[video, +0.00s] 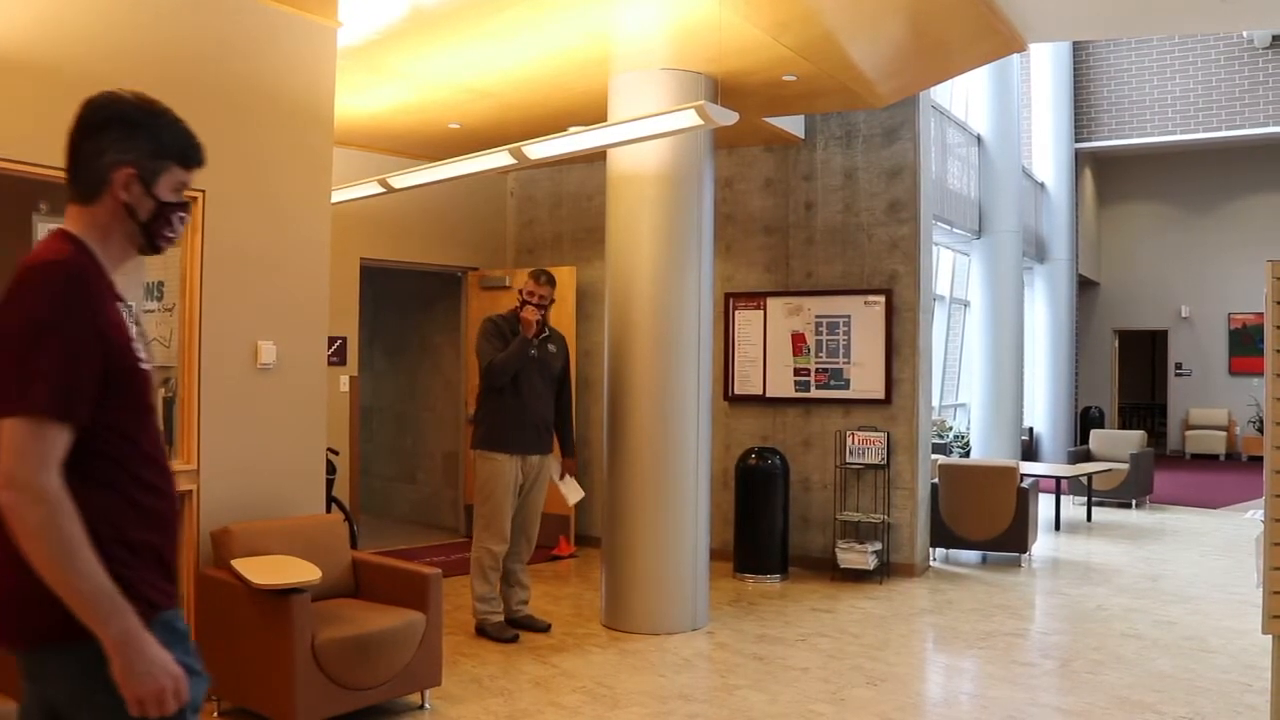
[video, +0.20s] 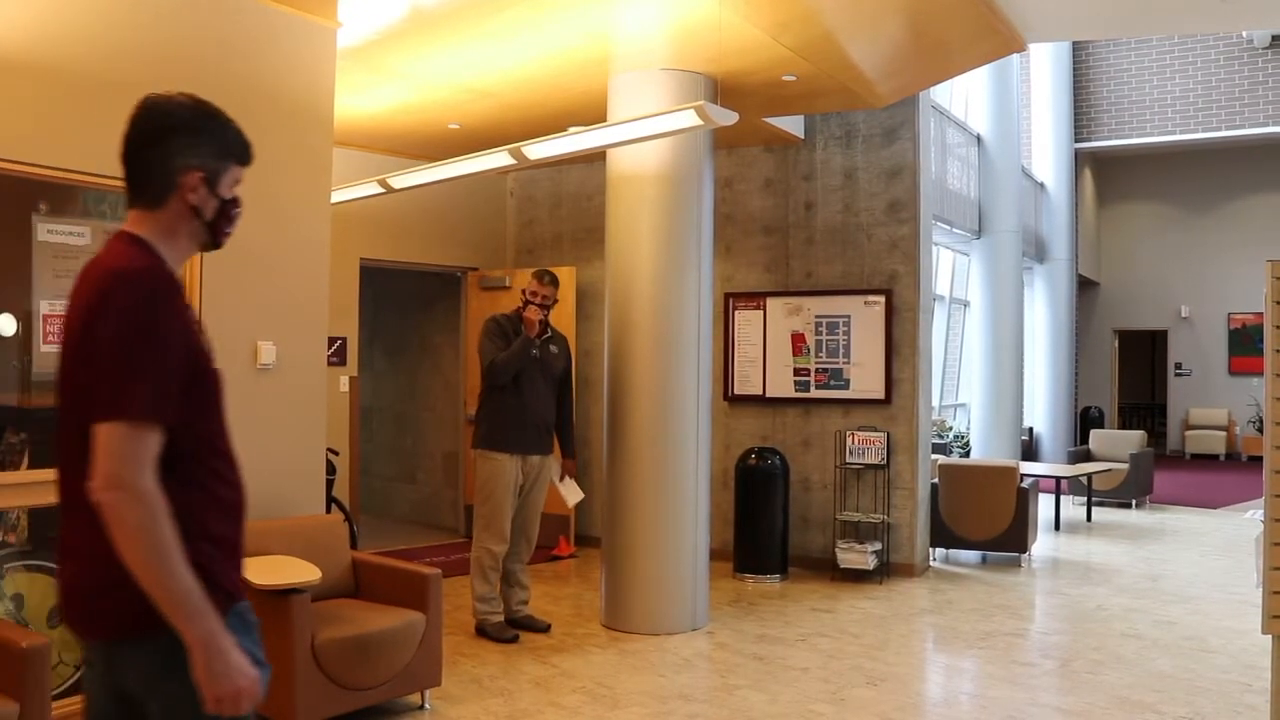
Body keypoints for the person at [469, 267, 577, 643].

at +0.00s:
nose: (535, 304)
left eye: (543, 299)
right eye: (531, 296)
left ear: (552, 302)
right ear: (520, 292)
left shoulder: (556, 339)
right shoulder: (495, 327)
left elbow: (562, 400)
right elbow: (492, 376)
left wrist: (568, 452)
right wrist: (526, 335)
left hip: (539, 449)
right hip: (497, 447)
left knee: (524, 537)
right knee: (493, 536)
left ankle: (516, 609)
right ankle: (487, 616)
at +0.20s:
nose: (536, 303)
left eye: (544, 299)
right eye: (532, 295)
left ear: (554, 302)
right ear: (523, 292)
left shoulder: (558, 341)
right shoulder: (497, 327)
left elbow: (564, 402)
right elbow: (493, 375)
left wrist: (568, 454)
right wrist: (529, 336)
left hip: (539, 450)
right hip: (498, 447)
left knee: (524, 537)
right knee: (492, 536)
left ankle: (516, 609)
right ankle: (487, 616)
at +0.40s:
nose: (537, 304)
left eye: (546, 300)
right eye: (533, 296)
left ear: (556, 303)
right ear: (524, 292)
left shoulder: (560, 342)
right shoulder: (499, 327)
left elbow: (565, 402)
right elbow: (495, 375)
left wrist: (568, 455)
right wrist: (530, 336)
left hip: (541, 451)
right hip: (499, 448)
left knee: (525, 538)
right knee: (493, 536)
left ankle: (516, 609)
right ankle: (488, 616)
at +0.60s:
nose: (539, 305)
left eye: (547, 301)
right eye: (535, 297)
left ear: (558, 303)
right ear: (525, 293)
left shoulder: (562, 343)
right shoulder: (501, 327)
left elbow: (567, 404)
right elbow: (497, 376)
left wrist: (571, 455)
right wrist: (532, 337)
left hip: (542, 452)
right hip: (500, 448)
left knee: (525, 539)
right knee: (494, 537)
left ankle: (517, 609)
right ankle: (488, 616)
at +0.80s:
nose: (543, 305)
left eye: (551, 300)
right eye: (539, 297)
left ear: (562, 302)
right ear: (529, 294)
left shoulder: (566, 346)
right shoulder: (503, 329)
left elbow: (569, 405)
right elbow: (475, 378)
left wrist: (573, 456)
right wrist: (519, 370)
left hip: (541, 452)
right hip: (499, 448)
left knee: (524, 537)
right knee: (494, 536)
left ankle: (516, 610)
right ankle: (486, 617)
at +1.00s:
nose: (541, 306)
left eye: (550, 301)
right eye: (537, 298)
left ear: (560, 303)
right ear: (527, 296)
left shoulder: (565, 349)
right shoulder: (498, 334)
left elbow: (569, 407)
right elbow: (466, 383)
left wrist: (574, 458)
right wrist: (483, 427)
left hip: (540, 456)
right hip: (497, 452)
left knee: (521, 538)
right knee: (487, 539)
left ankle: (515, 611)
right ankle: (477, 621)